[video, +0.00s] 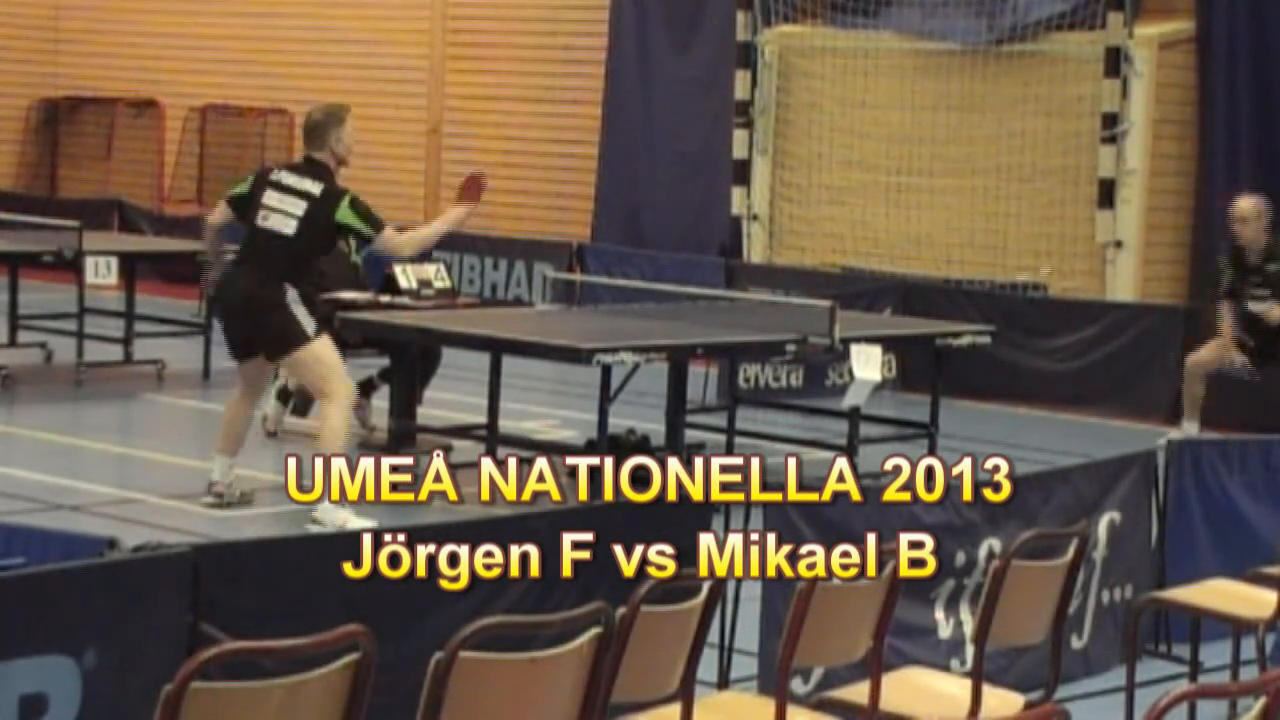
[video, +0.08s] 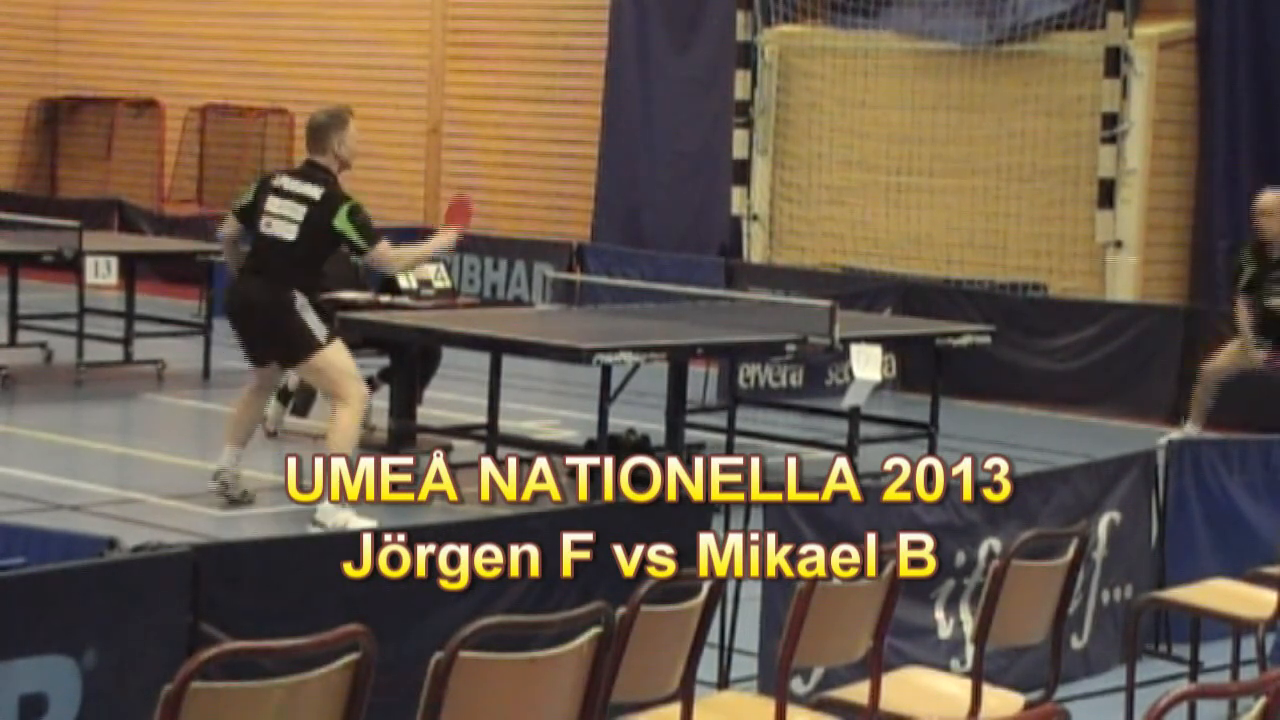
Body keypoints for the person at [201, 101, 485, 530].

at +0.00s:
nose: (354, 142)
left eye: (352, 134)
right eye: (350, 134)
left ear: (309, 142)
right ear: (334, 142)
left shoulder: (268, 177)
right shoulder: (335, 199)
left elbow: (215, 219)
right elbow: (399, 245)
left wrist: (217, 265)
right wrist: (456, 214)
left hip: (232, 291)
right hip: (272, 297)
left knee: (252, 384)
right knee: (338, 389)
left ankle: (219, 481)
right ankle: (330, 501)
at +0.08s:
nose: (357, 143)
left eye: (355, 135)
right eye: (352, 136)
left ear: (313, 143)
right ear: (337, 143)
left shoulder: (272, 181)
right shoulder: (336, 203)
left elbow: (229, 232)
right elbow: (386, 259)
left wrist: (242, 271)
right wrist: (434, 246)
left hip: (244, 294)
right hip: (284, 301)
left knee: (265, 380)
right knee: (352, 395)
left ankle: (227, 468)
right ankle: (334, 503)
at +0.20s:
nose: (360, 149)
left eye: (358, 142)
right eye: (356, 142)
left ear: (317, 149)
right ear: (340, 150)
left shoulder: (277, 188)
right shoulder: (334, 209)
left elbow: (249, 249)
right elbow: (376, 276)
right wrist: (423, 272)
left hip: (251, 303)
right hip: (289, 311)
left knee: (278, 383)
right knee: (362, 397)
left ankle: (245, 472)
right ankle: (333, 503)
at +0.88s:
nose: (410, 180)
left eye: (408, 173)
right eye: (406, 175)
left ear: (368, 176)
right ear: (392, 182)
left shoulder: (325, 195)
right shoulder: (389, 233)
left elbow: (260, 221)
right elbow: (441, 287)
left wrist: (249, 266)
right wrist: (482, 282)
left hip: (253, 295)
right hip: (296, 305)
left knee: (262, 388)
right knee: (360, 399)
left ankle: (243, 476)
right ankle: (332, 503)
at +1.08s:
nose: (422, 167)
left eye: (420, 160)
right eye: (418, 161)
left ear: (380, 162)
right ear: (405, 167)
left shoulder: (338, 181)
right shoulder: (400, 222)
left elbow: (278, 190)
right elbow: (438, 294)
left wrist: (238, 236)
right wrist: (453, 278)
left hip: (281, 288)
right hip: (325, 300)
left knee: (296, 370)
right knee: (400, 380)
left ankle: (256, 462)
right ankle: (380, 474)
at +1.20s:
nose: (430, 193)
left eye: (429, 186)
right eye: (427, 186)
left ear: (387, 186)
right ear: (417, 192)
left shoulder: (347, 207)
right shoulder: (409, 240)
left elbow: (283, 227)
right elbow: (445, 312)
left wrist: (258, 274)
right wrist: (446, 289)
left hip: (293, 317)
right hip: (339, 323)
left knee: (300, 385)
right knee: (420, 399)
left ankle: (261, 475)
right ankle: (416, 498)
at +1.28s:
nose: (438, 200)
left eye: (436, 193)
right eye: (434, 193)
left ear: (394, 196)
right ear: (420, 200)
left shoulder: (354, 222)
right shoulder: (413, 249)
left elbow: (290, 250)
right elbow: (447, 321)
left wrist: (271, 303)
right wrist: (452, 296)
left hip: (298, 324)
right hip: (345, 333)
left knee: (304, 386)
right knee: (431, 400)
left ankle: (263, 472)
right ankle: (422, 498)